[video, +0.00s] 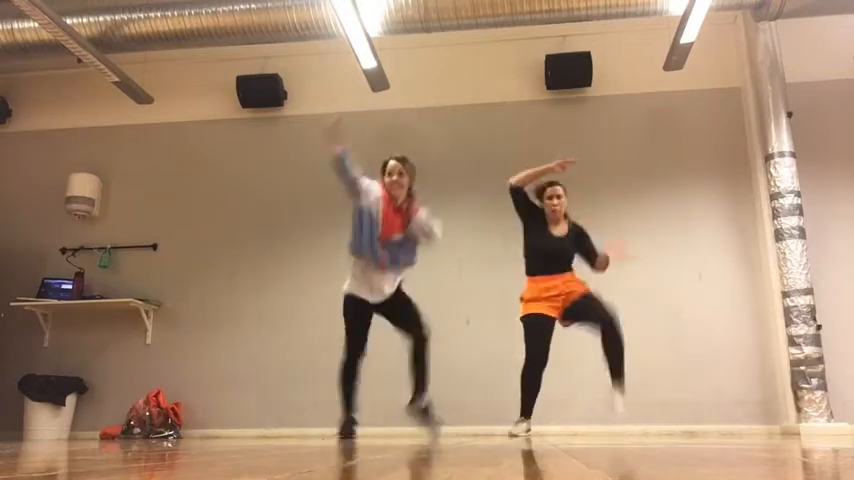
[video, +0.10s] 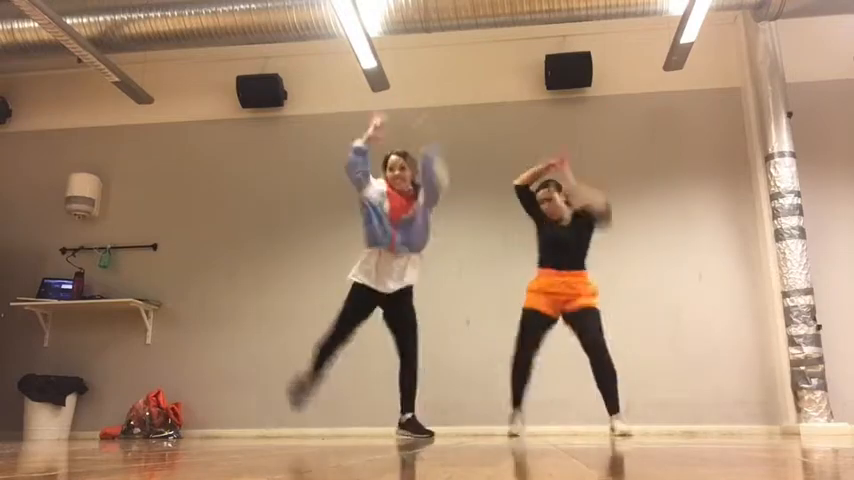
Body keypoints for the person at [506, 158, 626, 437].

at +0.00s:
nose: (555, 201)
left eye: (559, 197)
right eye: (550, 197)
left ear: (566, 200)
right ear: (543, 202)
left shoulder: (575, 231)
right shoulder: (533, 220)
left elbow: (598, 264)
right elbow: (514, 186)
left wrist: (606, 255)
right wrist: (550, 168)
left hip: (570, 292)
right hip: (539, 296)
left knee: (607, 318)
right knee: (535, 358)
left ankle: (618, 387)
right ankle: (524, 419)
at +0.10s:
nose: (546, 206)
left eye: (549, 200)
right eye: (542, 203)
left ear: (562, 196)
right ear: (539, 206)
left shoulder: (584, 219)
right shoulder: (542, 221)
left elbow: (603, 207)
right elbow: (519, 188)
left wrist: (573, 186)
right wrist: (544, 167)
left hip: (578, 291)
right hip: (544, 290)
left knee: (597, 350)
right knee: (524, 349)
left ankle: (615, 417)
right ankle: (516, 411)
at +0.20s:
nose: (535, 218)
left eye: (537, 212)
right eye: (532, 214)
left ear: (551, 203)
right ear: (537, 212)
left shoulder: (579, 205)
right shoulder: (548, 221)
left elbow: (592, 173)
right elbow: (522, 203)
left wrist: (578, 139)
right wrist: (524, 171)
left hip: (584, 286)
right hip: (554, 284)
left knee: (604, 347)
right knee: (507, 307)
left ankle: (621, 414)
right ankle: (518, 367)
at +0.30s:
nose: (528, 223)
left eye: (531, 216)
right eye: (527, 219)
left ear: (548, 211)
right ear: (539, 217)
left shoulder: (573, 213)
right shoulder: (545, 238)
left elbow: (589, 190)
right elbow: (517, 243)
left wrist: (594, 157)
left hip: (591, 293)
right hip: (563, 291)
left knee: (606, 352)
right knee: (511, 280)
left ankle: (622, 415)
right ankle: (533, 336)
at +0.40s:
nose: (526, 223)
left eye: (528, 217)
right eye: (525, 218)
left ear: (544, 212)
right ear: (539, 216)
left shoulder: (569, 218)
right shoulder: (549, 243)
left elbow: (594, 218)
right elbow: (546, 278)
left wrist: (612, 215)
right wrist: (537, 298)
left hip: (591, 295)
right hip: (561, 296)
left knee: (602, 355)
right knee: (512, 305)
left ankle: (622, 417)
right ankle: (543, 359)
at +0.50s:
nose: (525, 220)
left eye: (528, 213)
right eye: (523, 215)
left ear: (544, 210)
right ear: (538, 214)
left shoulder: (572, 228)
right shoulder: (544, 245)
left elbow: (605, 254)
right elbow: (558, 284)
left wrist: (635, 274)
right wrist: (565, 319)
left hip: (585, 298)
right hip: (556, 303)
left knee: (597, 356)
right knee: (530, 356)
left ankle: (627, 417)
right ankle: (552, 413)